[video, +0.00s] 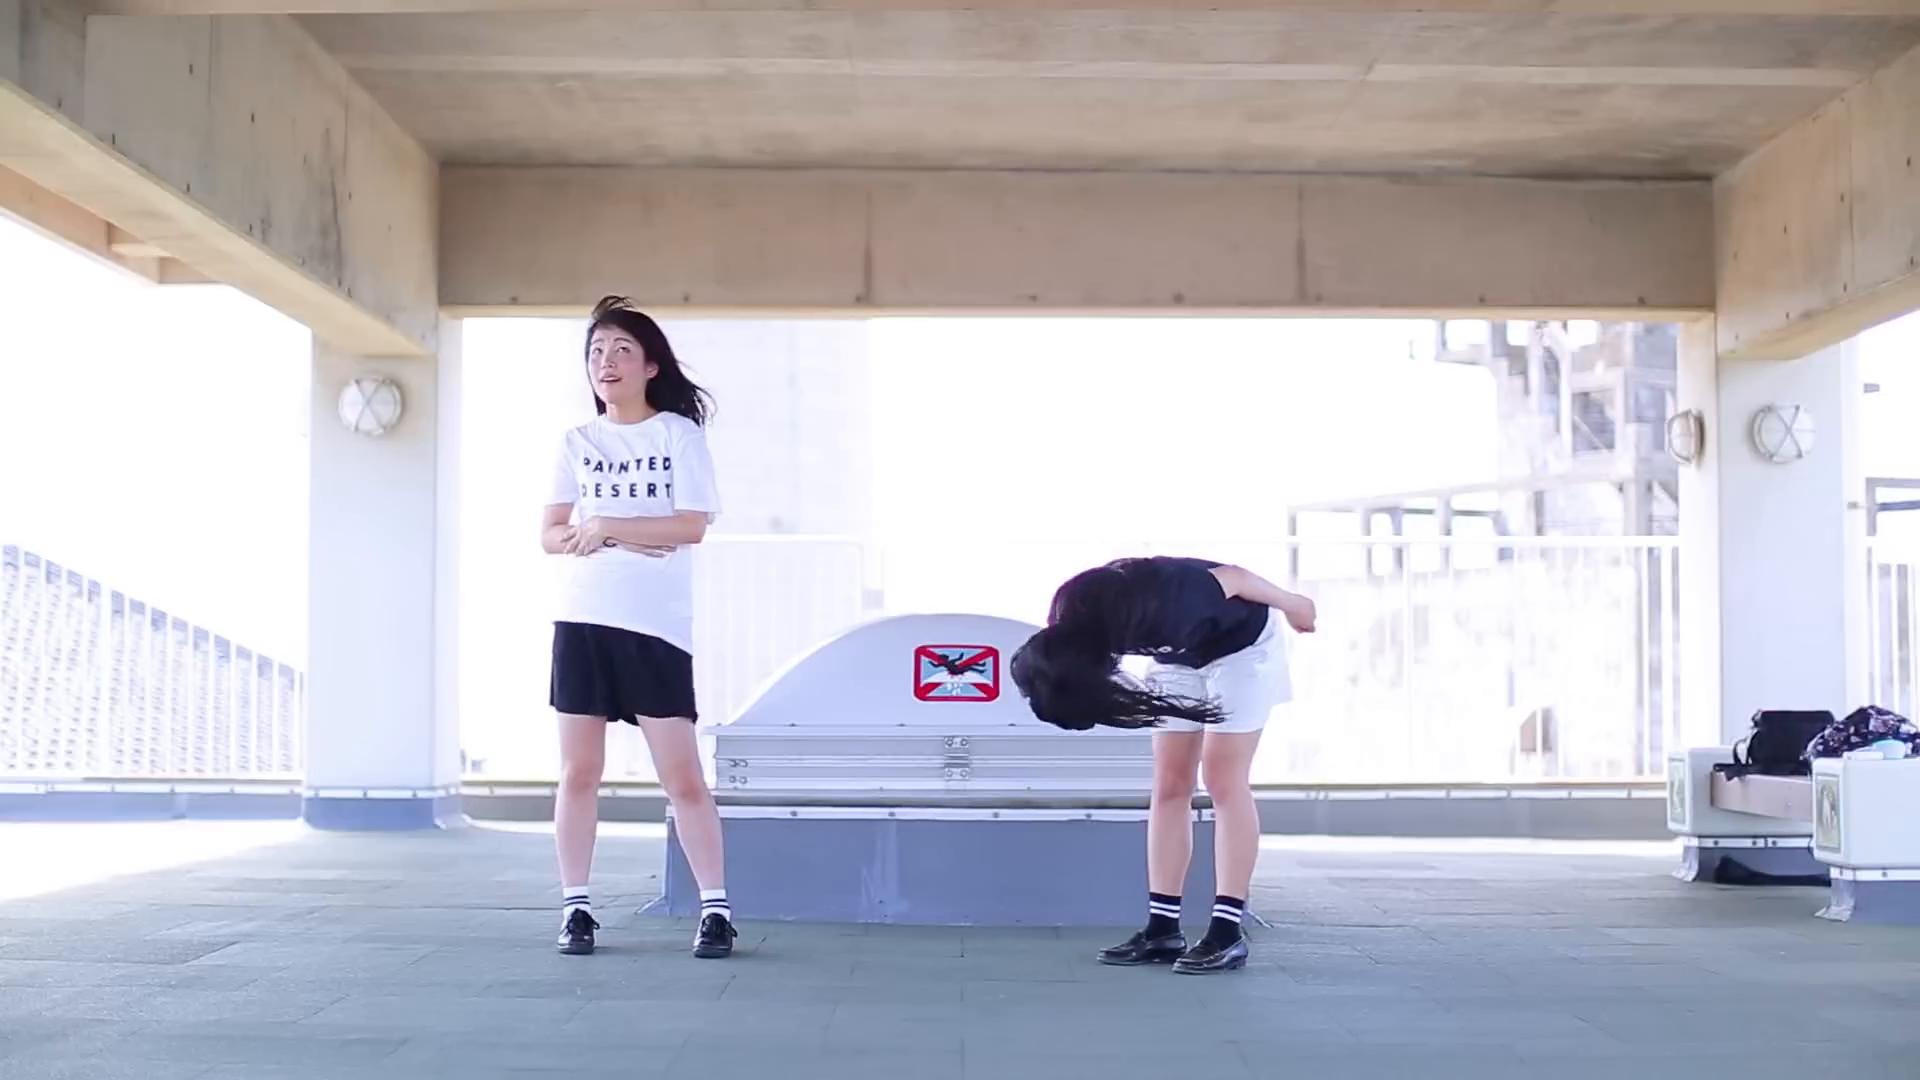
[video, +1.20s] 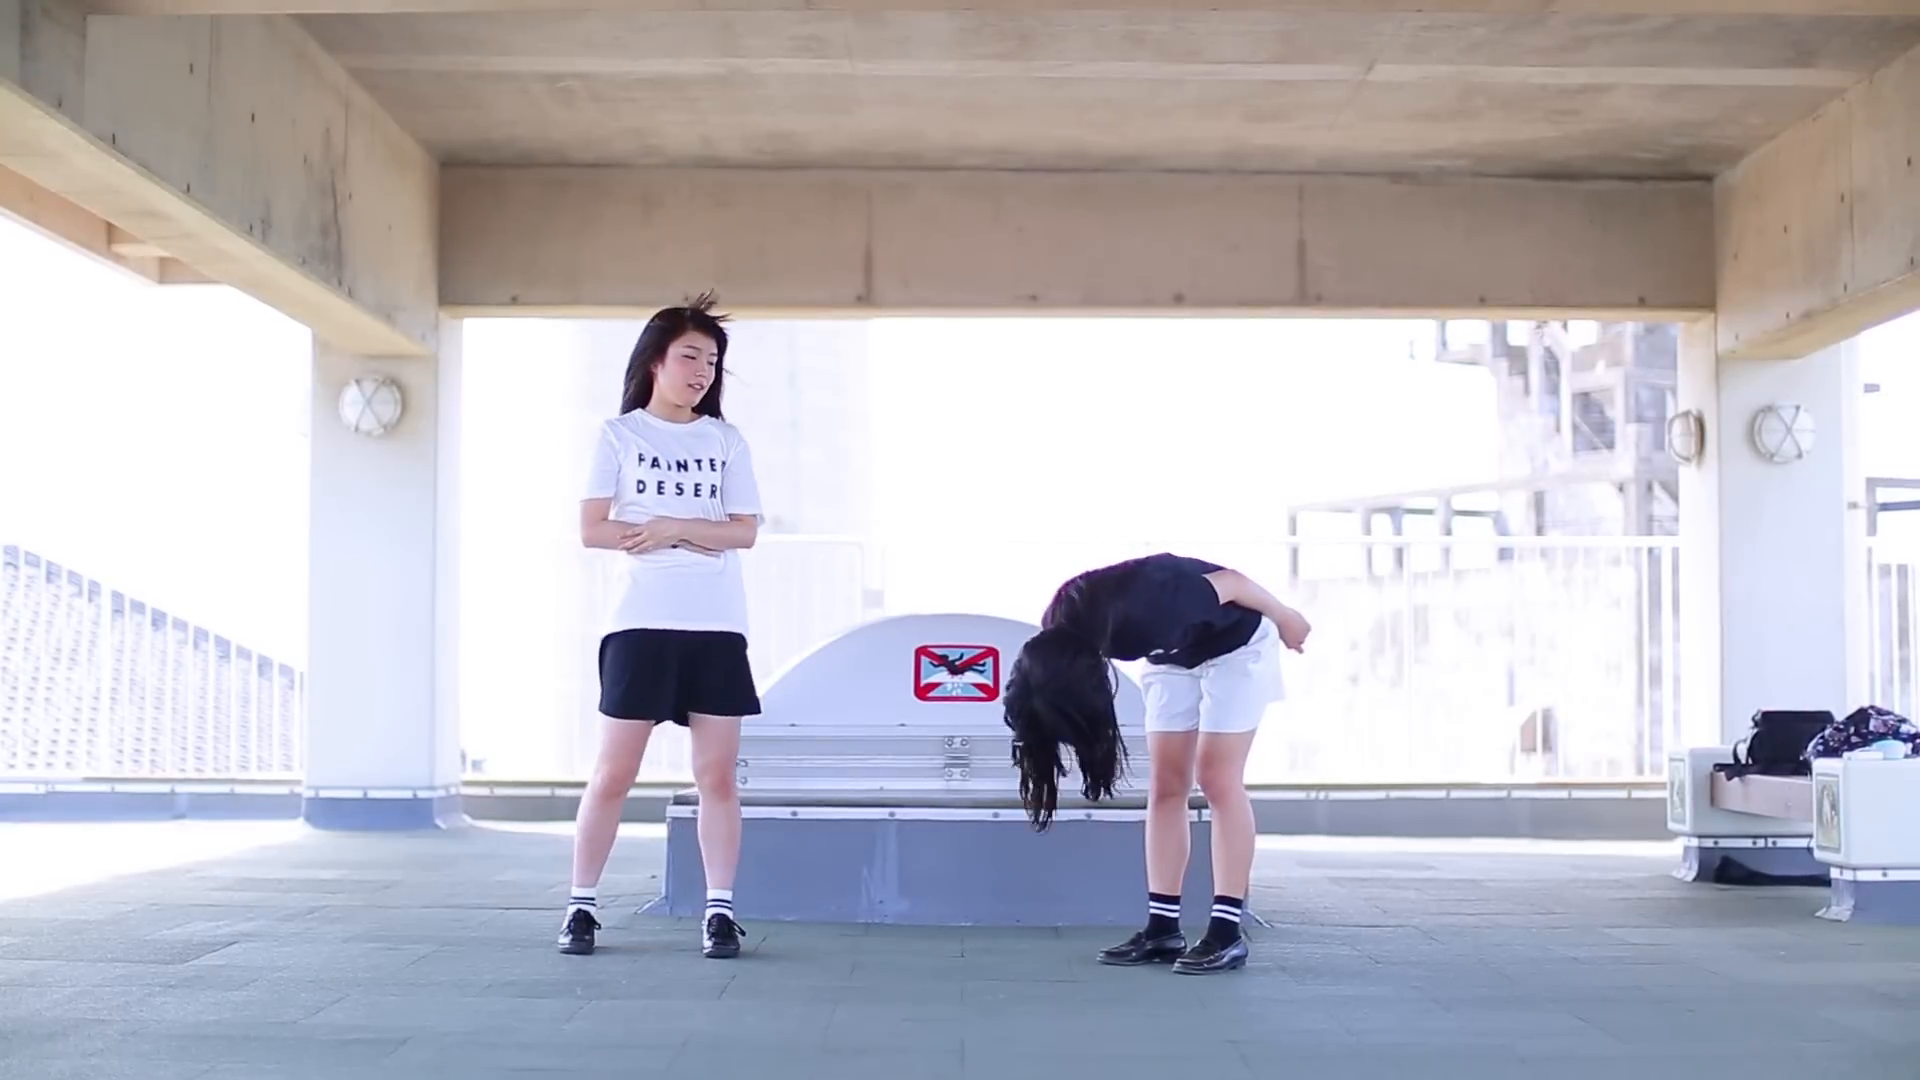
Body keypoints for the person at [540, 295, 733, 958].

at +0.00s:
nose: (606, 361)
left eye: (621, 349)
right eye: (597, 350)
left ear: (652, 363)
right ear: (587, 364)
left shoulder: (680, 433)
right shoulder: (577, 440)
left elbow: (693, 527)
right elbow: (551, 536)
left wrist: (604, 526)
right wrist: (607, 535)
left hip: (657, 625)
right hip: (582, 625)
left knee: (684, 781)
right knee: (578, 774)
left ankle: (714, 910)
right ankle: (575, 909)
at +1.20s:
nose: (700, 369)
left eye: (710, 360)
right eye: (688, 354)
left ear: (717, 372)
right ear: (654, 358)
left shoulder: (727, 440)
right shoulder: (619, 433)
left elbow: (746, 531)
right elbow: (592, 530)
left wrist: (672, 527)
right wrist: (685, 529)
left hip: (718, 629)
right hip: (643, 626)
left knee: (719, 778)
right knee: (613, 775)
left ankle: (720, 910)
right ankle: (582, 906)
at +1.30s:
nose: (713, 372)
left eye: (723, 364)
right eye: (702, 358)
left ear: (729, 374)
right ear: (667, 359)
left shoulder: (738, 440)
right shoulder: (632, 433)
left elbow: (756, 533)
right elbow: (606, 531)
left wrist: (684, 526)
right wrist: (702, 529)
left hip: (731, 627)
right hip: (656, 624)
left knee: (726, 778)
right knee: (624, 776)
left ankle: (720, 911)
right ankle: (587, 904)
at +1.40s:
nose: (728, 371)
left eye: (737, 362)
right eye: (716, 356)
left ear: (741, 372)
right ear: (681, 359)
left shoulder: (747, 441)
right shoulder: (643, 433)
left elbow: (767, 535)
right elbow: (617, 529)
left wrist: (694, 529)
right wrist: (712, 532)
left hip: (737, 629)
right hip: (663, 626)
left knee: (728, 779)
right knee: (636, 779)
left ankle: (720, 911)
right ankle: (601, 904)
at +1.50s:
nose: (737, 372)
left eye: (748, 364)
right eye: (727, 357)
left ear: (754, 375)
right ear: (692, 357)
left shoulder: (758, 444)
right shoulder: (651, 429)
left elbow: (773, 539)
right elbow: (622, 525)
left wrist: (698, 532)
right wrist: (721, 534)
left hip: (739, 630)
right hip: (664, 626)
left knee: (728, 777)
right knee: (650, 780)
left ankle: (720, 911)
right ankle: (631, 902)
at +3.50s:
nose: (726, 363)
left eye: (735, 353)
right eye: (712, 351)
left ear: (746, 361)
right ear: (682, 355)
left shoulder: (753, 441)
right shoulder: (646, 424)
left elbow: (763, 538)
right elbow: (601, 512)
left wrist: (704, 573)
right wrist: (676, 510)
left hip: (712, 630)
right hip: (636, 621)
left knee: (716, 778)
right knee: (609, 774)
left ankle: (719, 911)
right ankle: (583, 908)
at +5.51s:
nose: (619, 350)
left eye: (624, 341)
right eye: (603, 340)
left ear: (630, 355)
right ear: (569, 354)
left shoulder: (645, 433)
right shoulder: (542, 432)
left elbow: (662, 524)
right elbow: (527, 535)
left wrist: (689, 597)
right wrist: (526, 493)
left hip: (631, 622)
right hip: (558, 621)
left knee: (647, 771)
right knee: (567, 773)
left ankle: (636, 907)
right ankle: (578, 910)